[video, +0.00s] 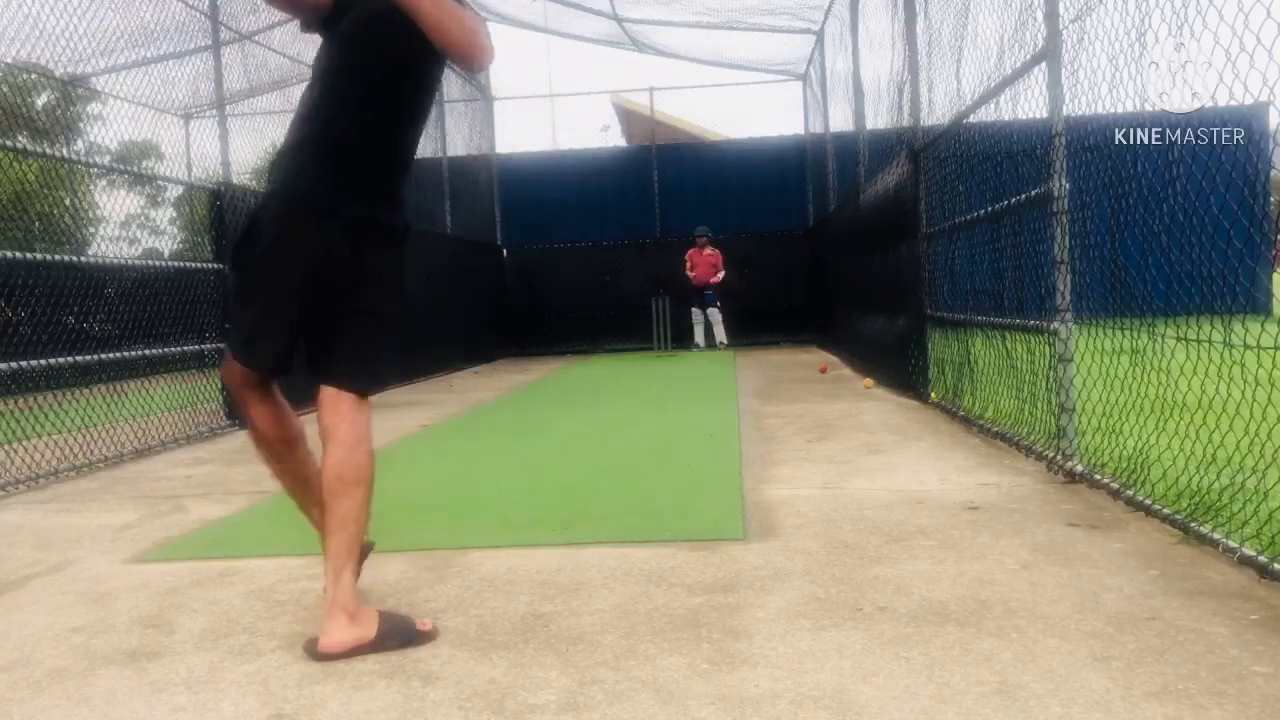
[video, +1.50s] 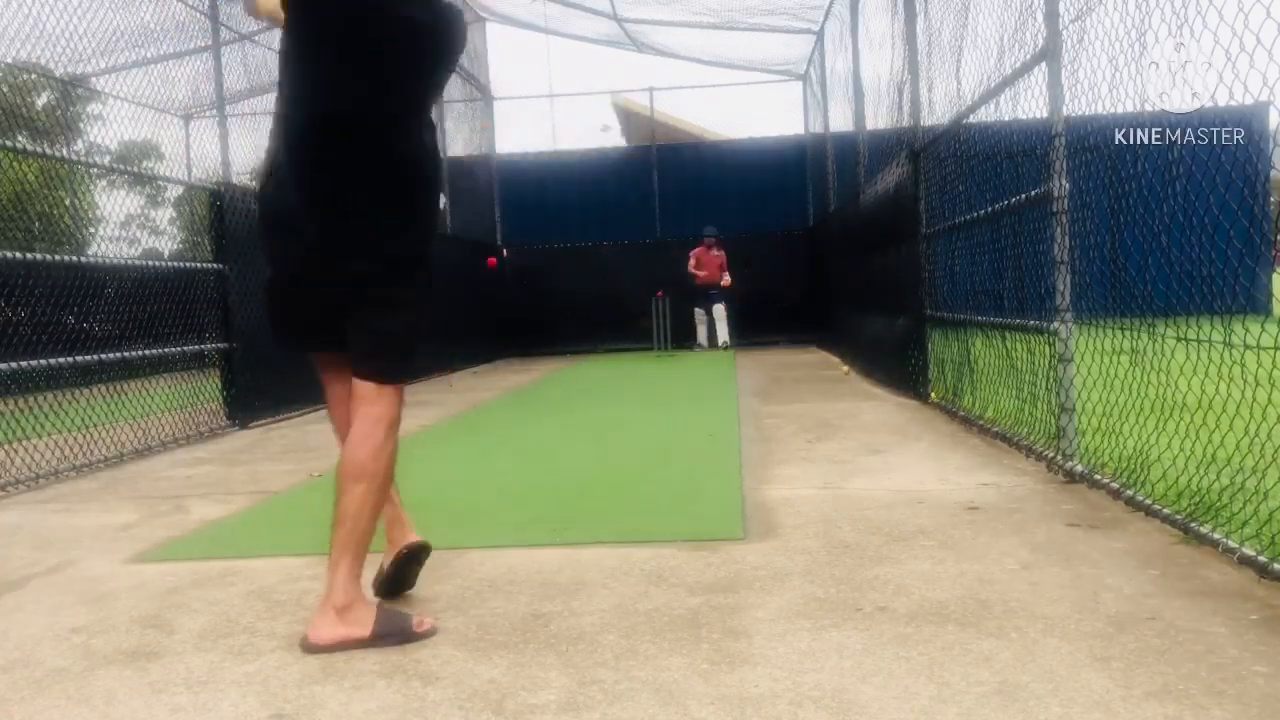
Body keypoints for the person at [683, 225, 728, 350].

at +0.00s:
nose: (700, 240)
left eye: (702, 237)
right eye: (698, 237)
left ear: (708, 238)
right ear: (695, 239)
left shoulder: (715, 253)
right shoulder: (691, 253)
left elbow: (721, 270)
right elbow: (687, 270)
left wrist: (717, 277)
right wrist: (691, 275)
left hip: (710, 285)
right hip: (696, 286)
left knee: (713, 313)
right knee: (696, 315)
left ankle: (721, 341)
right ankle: (699, 343)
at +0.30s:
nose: (702, 240)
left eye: (705, 237)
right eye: (701, 237)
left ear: (711, 237)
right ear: (698, 239)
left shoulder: (719, 252)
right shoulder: (696, 253)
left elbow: (725, 271)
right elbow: (693, 270)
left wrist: (714, 275)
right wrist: (699, 274)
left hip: (715, 285)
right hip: (701, 286)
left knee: (717, 313)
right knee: (699, 314)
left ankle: (721, 342)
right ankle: (699, 343)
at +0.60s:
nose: (708, 240)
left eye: (710, 237)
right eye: (706, 237)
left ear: (716, 237)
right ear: (703, 239)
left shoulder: (724, 252)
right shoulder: (701, 252)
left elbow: (731, 270)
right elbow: (697, 270)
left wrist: (718, 275)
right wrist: (704, 275)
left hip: (718, 285)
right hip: (705, 285)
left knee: (720, 311)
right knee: (701, 311)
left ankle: (722, 342)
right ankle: (700, 342)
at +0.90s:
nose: (735, 267)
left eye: (736, 265)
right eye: (734, 264)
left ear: (735, 264)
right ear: (729, 262)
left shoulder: (730, 269)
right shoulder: (720, 271)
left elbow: (728, 280)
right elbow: (721, 286)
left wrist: (729, 286)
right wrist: (727, 288)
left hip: (715, 291)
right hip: (704, 291)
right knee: (701, 314)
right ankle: (695, 335)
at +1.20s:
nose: (726, 248)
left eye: (728, 245)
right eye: (723, 245)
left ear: (731, 247)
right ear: (719, 245)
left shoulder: (730, 262)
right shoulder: (710, 255)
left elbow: (731, 280)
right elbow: (701, 270)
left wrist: (734, 294)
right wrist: (710, 283)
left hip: (718, 290)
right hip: (703, 288)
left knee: (719, 313)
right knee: (697, 314)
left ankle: (722, 343)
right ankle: (698, 341)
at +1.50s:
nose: (710, 240)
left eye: (712, 237)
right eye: (707, 237)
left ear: (716, 239)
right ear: (703, 239)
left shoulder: (720, 253)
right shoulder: (696, 253)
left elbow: (724, 271)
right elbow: (690, 268)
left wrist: (726, 278)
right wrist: (699, 273)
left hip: (715, 286)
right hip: (700, 287)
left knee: (720, 312)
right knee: (700, 315)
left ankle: (723, 342)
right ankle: (702, 343)